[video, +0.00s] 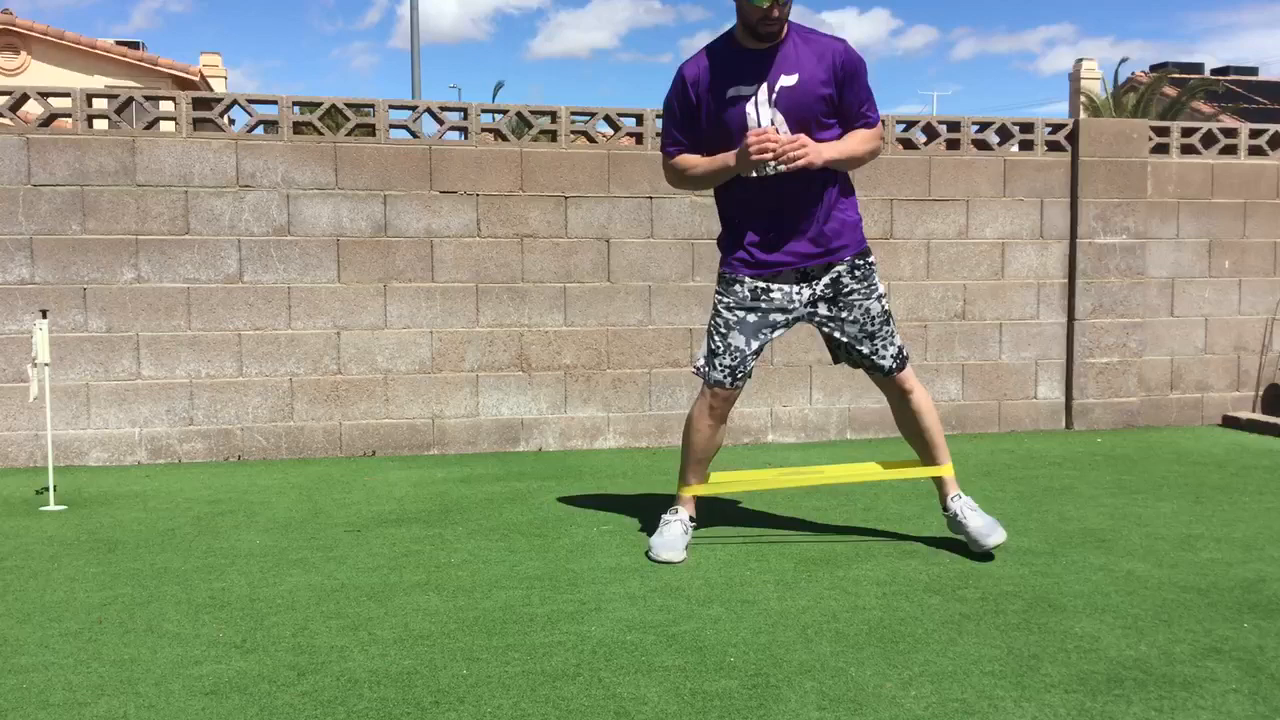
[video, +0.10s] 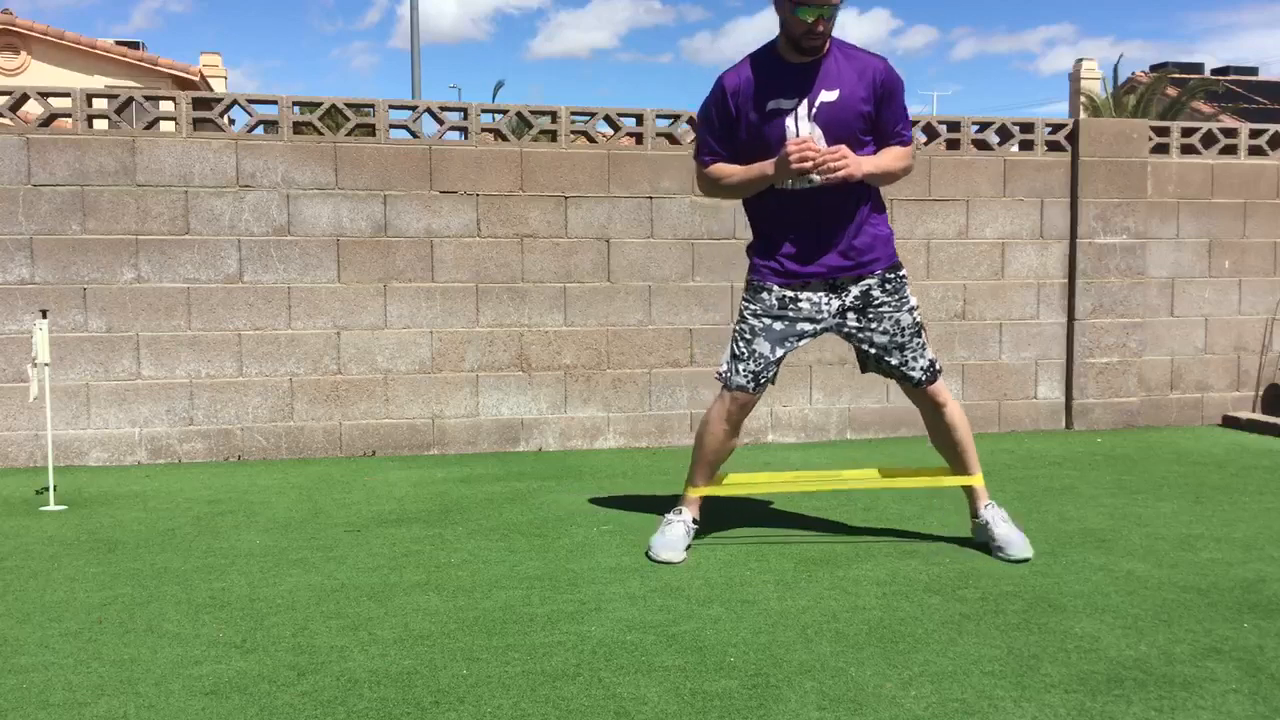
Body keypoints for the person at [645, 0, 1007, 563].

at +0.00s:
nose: (770, 11)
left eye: (779, 2)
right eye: (757, 3)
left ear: (791, 1)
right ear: (735, 3)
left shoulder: (835, 57)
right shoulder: (698, 74)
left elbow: (870, 137)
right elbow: (677, 170)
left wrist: (821, 152)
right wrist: (737, 159)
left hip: (839, 258)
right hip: (753, 265)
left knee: (898, 375)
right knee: (718, 388)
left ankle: (954, 499)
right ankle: (682, 511)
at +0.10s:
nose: (819, 21)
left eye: (829, 10)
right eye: (806, 9)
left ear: (841, 8)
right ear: (779, 7)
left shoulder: (873, 73)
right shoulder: (737, 86)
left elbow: (901, 157)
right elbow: (709, 177)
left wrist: (859, 164)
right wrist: (774, 169)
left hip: (868, 267)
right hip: (781, 273)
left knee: (927, 384)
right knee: (737, 391)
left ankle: (983, 507)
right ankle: (687, 510)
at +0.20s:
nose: (872, 33)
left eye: (884, 21)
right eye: (859, 19)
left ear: (895, 16)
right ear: (832, 12)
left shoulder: (926, 87)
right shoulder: (790, 94)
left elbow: (949, 171)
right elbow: (758, 182)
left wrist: (908, 173)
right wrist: (825, 178)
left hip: (903, 270)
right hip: (816, 275)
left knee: (956, 389)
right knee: (763, 390)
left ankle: (988, 513)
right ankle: (694, 510)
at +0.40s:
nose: (953, 41)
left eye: (967, 30)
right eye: (941, 27)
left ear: (980, 22)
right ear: (917, 16)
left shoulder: (1000, 92)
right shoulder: (869, 86)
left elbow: (1030, 182)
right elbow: (829, 182)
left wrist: (983, 166)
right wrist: (902, 162)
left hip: (953, 264)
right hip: (868, 262)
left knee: (990, 387)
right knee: (817, 374)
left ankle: (993, 512)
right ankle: (756, 497)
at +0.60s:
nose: (981, 33)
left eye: (995, 21)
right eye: (970, 19)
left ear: (1007, 16)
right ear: (945, 8)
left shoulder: (1023, 81)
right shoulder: (894, 74)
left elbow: (1048, 181)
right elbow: (860, 174)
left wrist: (993, 134)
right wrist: (939, 135)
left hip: (973, 253)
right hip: (893, 252)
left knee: (996, 381)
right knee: (864, 369)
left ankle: (995, 511)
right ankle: (845, 500)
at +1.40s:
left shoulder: (1081, 42)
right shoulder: (942, 45)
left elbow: (1122, 131)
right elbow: (909, 142)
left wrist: (1066, 126)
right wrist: (956, 126)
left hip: (1044, 247)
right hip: (958, 244)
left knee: (1051, 379)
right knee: (927, 375)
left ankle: (1060, 511)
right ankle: (904, 501)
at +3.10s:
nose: (1034, 28)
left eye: (1048, 15)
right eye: (1021, 15)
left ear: (1062, 17)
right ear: (999, 16)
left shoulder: (1090, 86)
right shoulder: (956, 87)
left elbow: (1114, 182)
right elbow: (939, 187)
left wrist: (1057, 114)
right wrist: (1011, 120)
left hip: (1035, 266)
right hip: (950, 261)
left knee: (1070, 387)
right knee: (906, 370)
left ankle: (1073, 512)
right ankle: (851, 493)